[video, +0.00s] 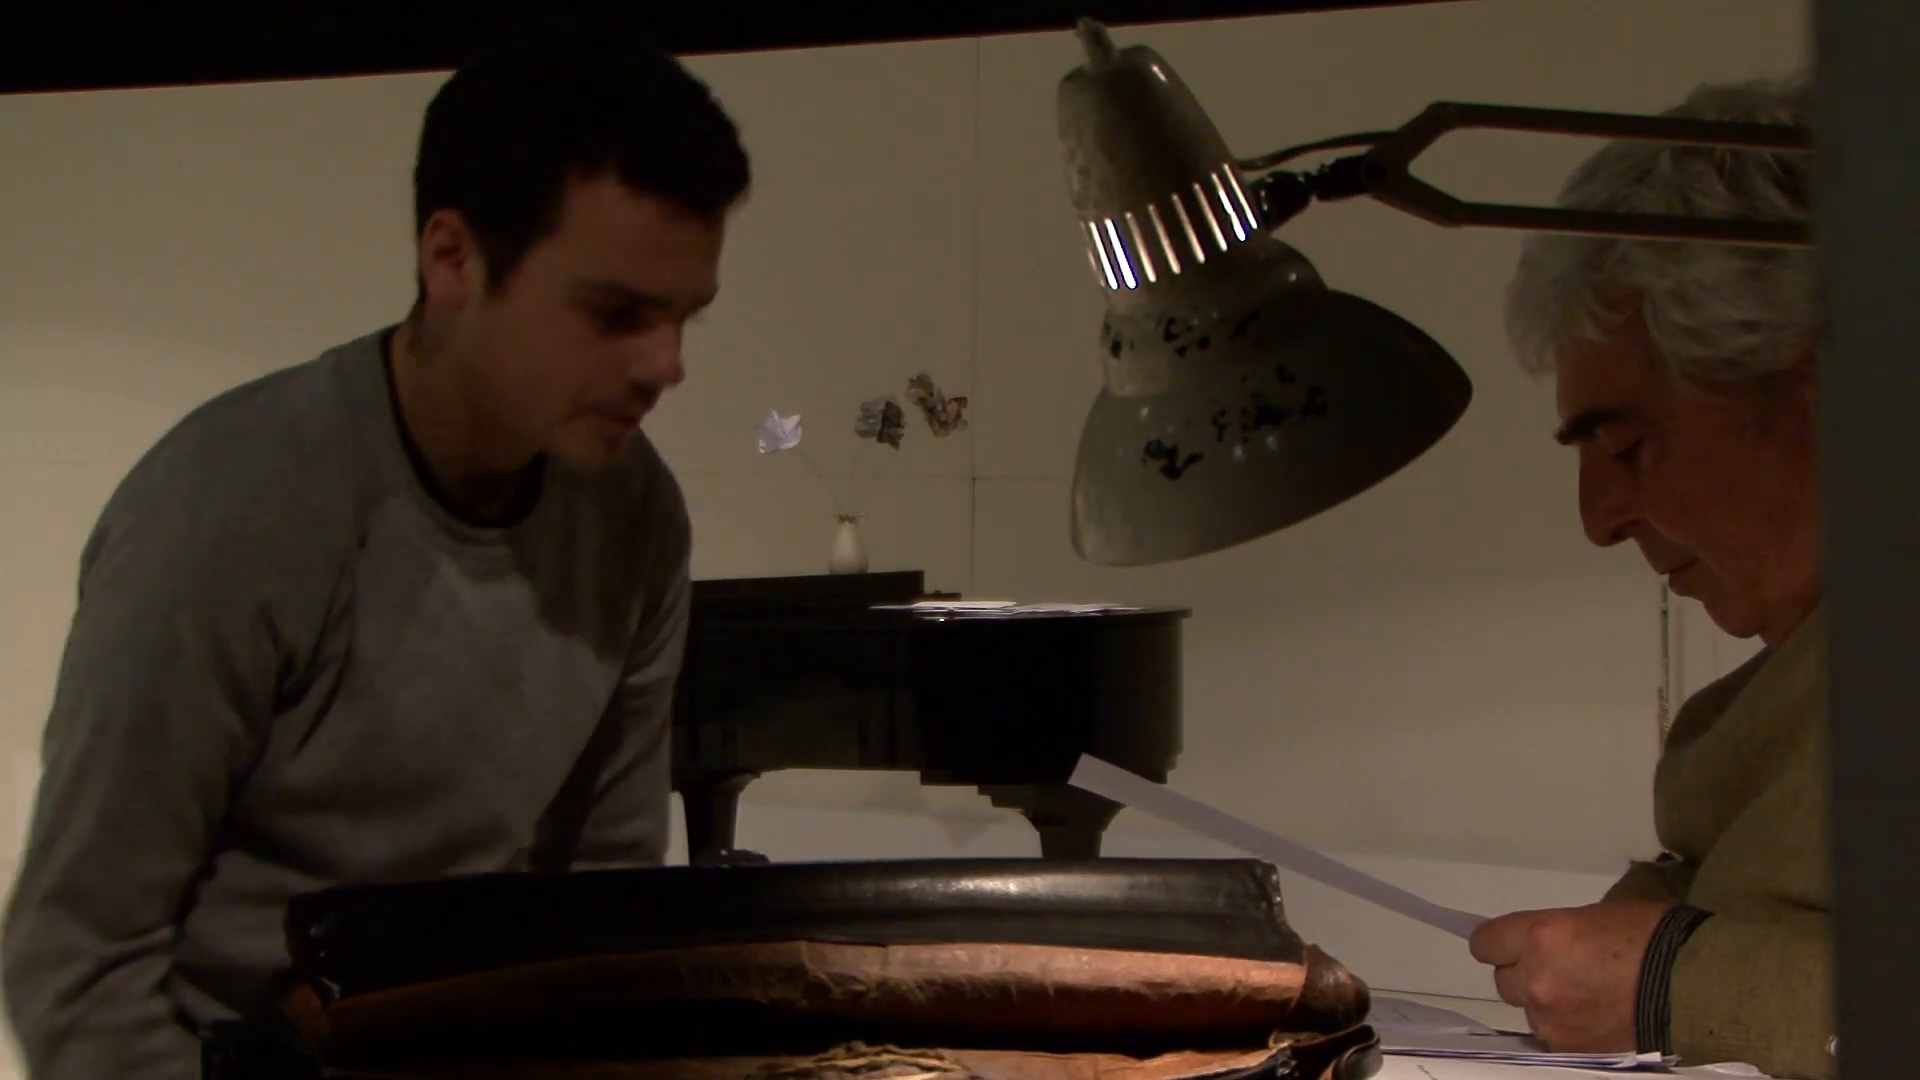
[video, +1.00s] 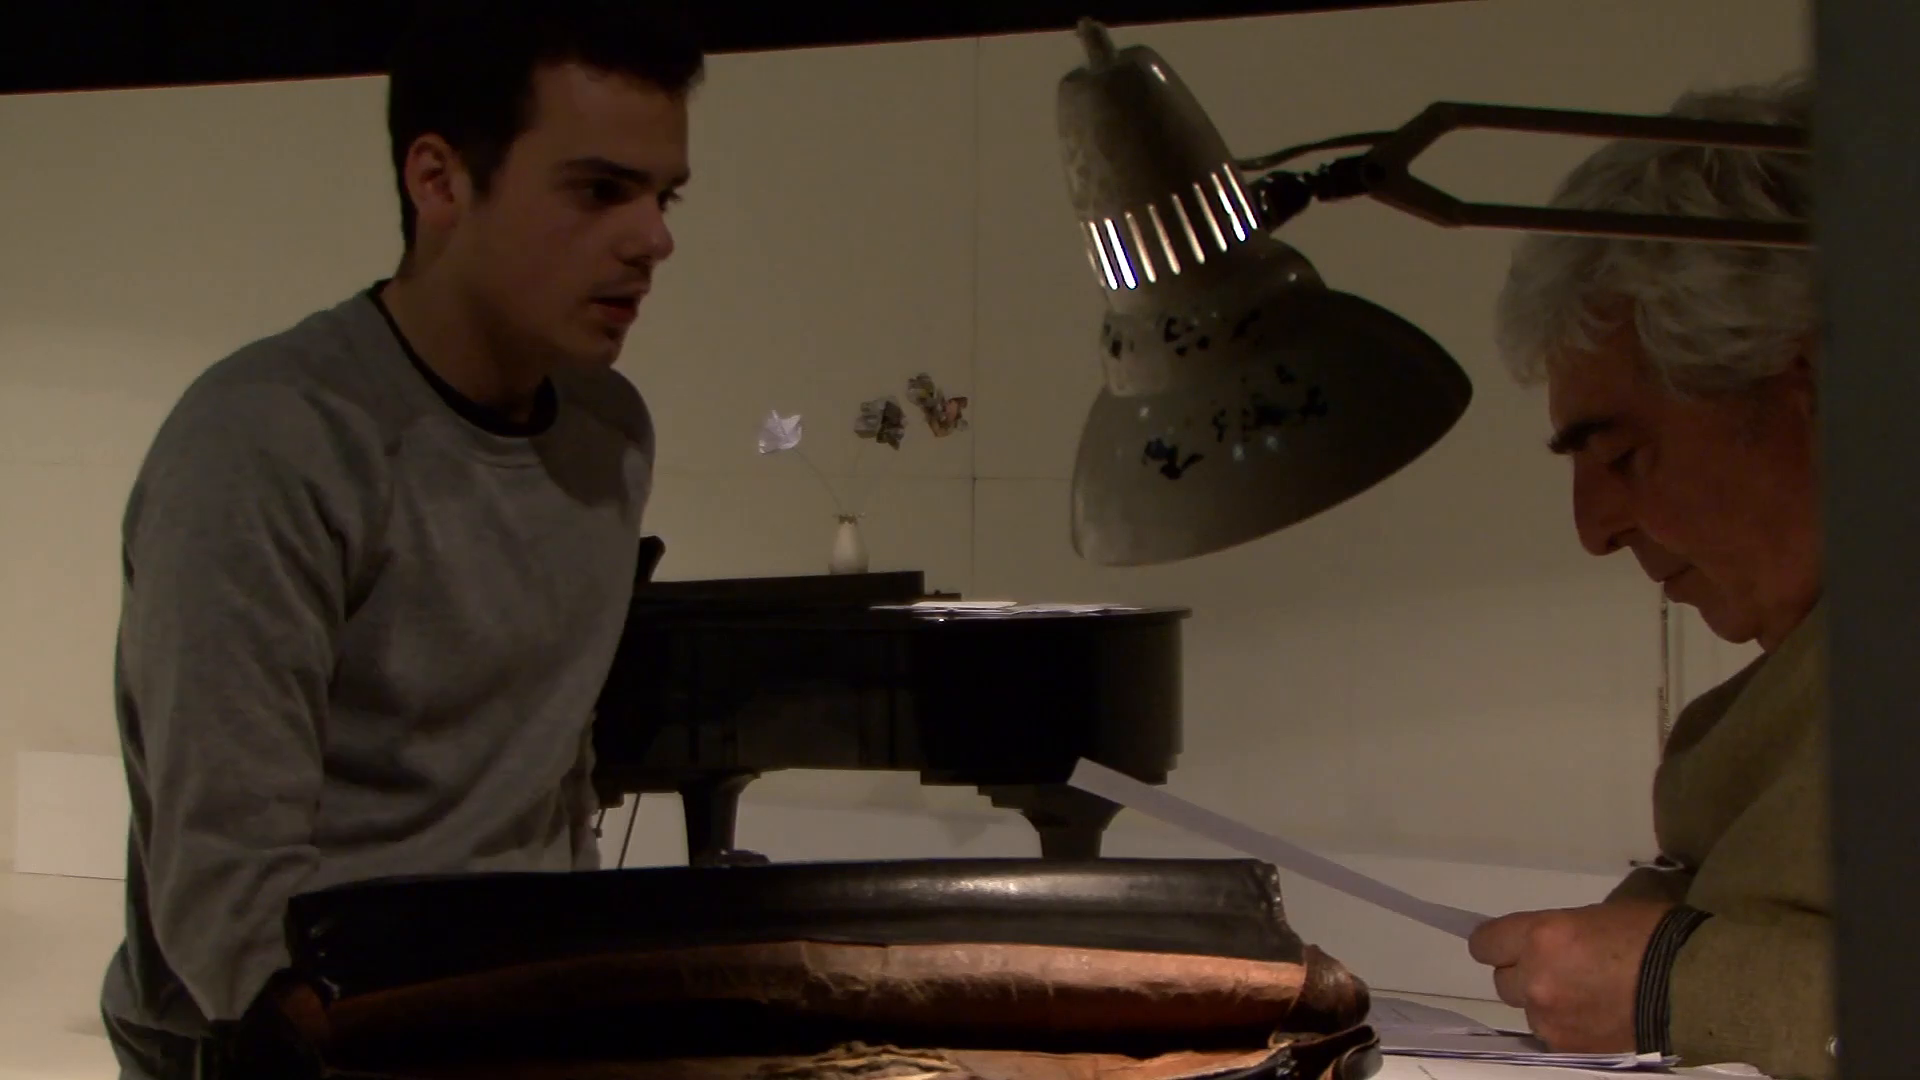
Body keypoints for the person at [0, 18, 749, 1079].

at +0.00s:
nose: (666, 370)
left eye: (685, 319)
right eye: (620, 313)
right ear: (452, 262)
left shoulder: (633, 515)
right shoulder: (227, 505)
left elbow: (617, 874)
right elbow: (76, 966)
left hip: (488, 1043)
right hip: (222, 1044)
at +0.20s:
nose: (700, 296)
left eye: (719, 255)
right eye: (656, 242)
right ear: (497, 200)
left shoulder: (663, 488)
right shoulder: (270, 439)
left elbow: (647, 839)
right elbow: (170, 879)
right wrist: (318, 1064)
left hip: (503, 1012)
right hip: (229, 1013)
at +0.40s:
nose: (723, 283)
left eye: (742, 242)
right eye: (679, 226)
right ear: (522, 190)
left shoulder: (666, 489)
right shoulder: (293, 421)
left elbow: (614, 810)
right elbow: (190, 837)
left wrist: (618, 1010)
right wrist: (361, 1041)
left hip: (498, 1022)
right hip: (208, 1026)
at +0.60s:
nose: (713, 271)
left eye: (730, 229)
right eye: (666, 214)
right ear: (509, 186)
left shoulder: (652, 475)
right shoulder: (292, 426)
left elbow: (580, 801)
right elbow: (226, 861)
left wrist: (579, 1016)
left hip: (488, 1024)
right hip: (210, 1033)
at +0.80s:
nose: (685, 259)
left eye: (700, 214)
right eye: (634, 203)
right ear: (477, 186)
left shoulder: (627, 447)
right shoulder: (278, 430)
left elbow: (577, 773)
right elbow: (239, 887)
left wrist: (597, 994)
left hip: (506, 1005)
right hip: (239, 1034)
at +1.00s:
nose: (656, 242)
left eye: (665, 196)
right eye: (600, 189)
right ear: (439, 185)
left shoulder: (608, 430)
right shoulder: (259, 441)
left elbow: (551, 768)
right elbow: (230, 903)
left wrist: (578, 977)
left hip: (518, 986)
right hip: (271, 1022)